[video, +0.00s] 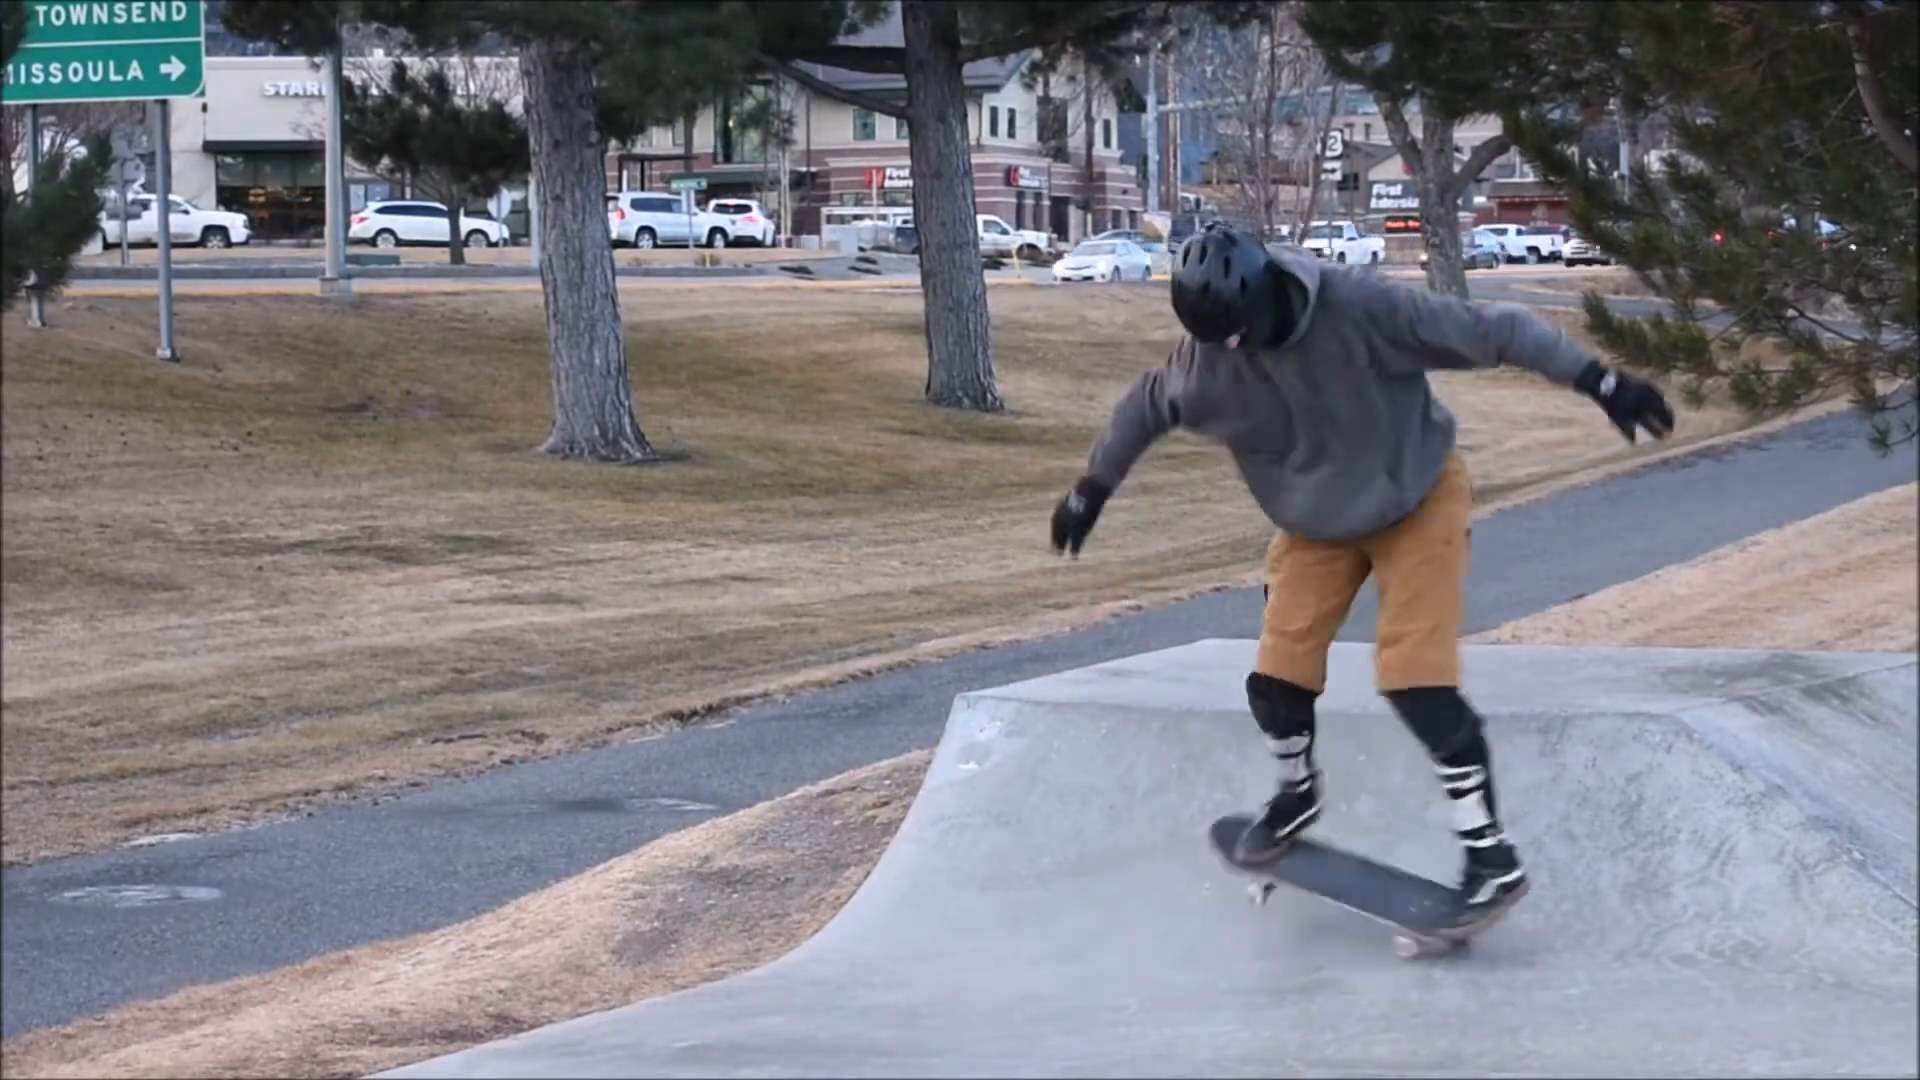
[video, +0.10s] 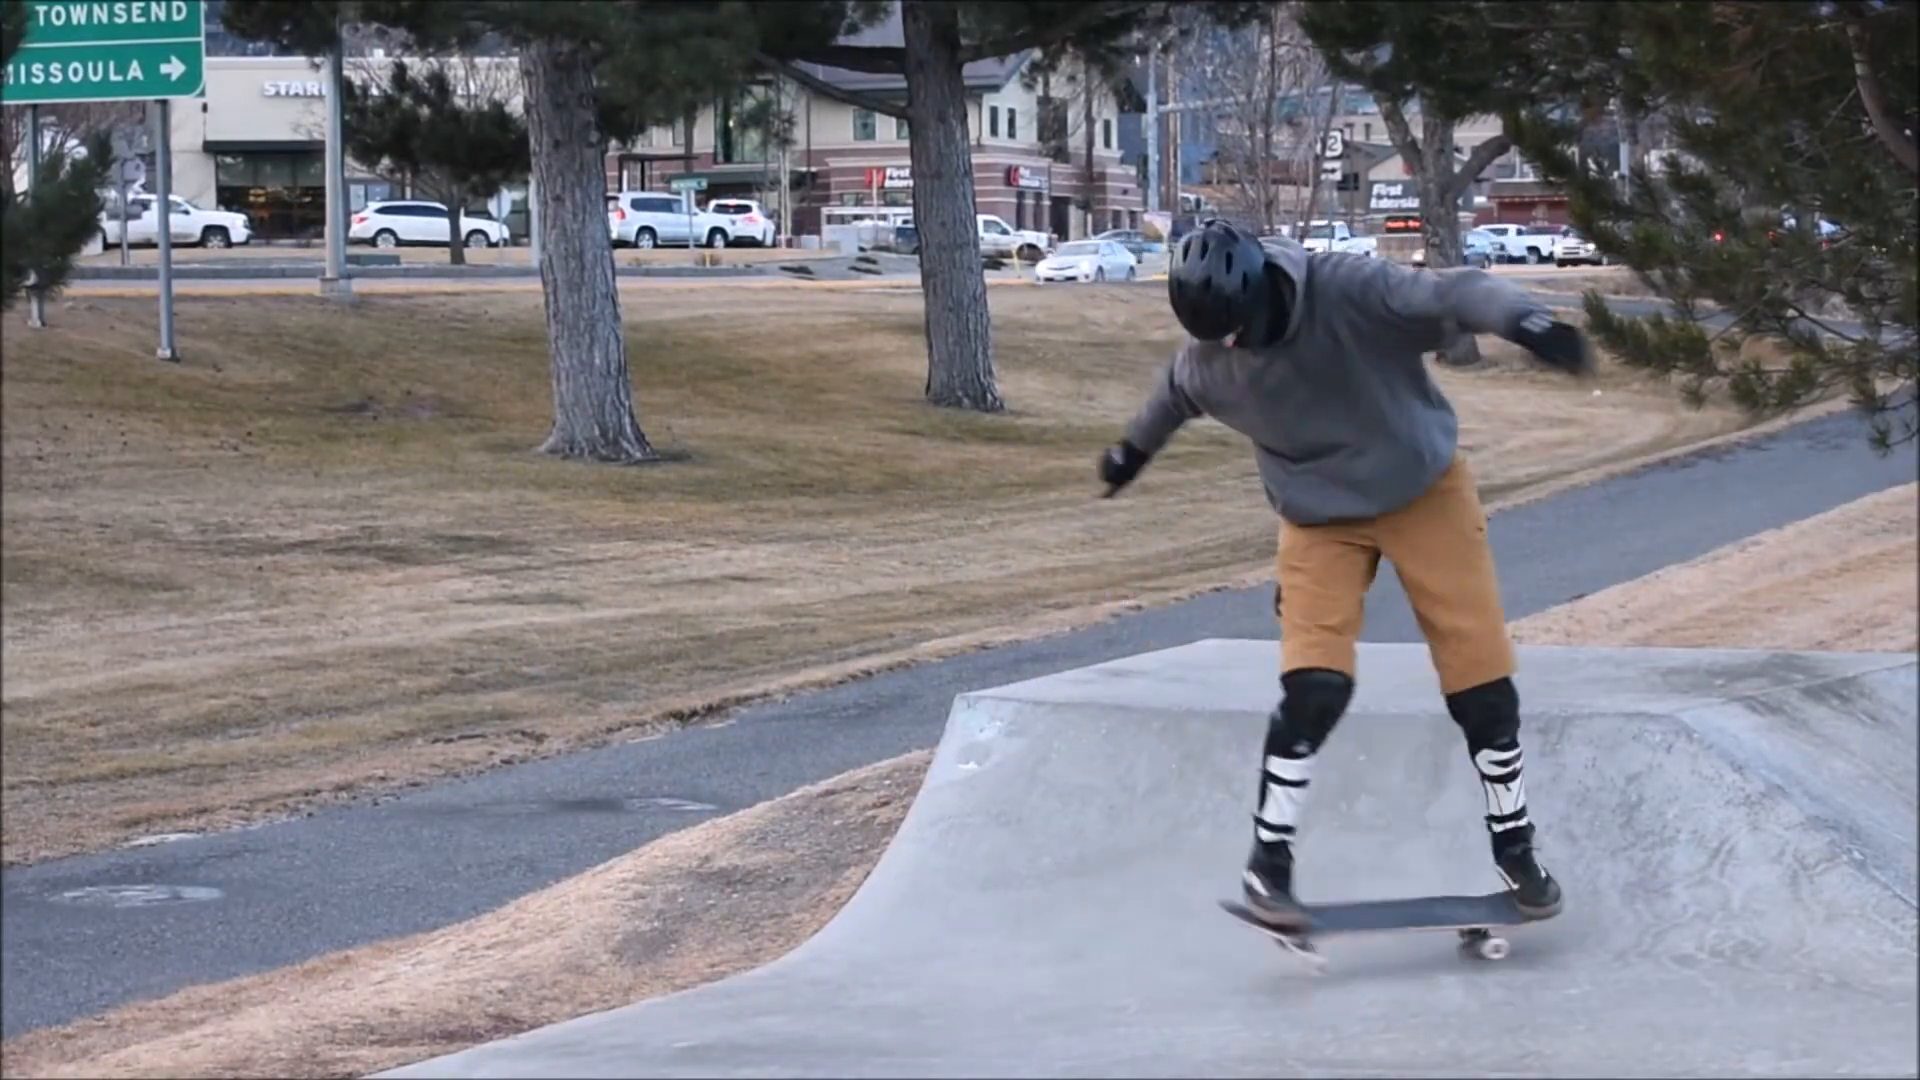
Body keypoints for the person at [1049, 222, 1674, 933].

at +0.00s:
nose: (1233, 343)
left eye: (1238, 327)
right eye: (1219, 334)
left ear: (1263, 294)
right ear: (1202, 322)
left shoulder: (1353, 304)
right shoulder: (1204, 367)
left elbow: (1488, 329)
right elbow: (1140, 412)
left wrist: (1600, 380)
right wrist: (1089, 493)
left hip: (1417, 491)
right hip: (1315, 517)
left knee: (1416, 680)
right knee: (1279, 683)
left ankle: (1489, 850)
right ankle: (1298, 794)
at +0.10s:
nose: (1237, 347)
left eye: (1241, 331)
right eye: (1220, 340)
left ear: (1264, 291)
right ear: (1196, 320)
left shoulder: (1344, 289)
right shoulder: (1204, 361)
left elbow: (1449, 291)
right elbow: (1171, 399)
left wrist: (1528, 320)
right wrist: (1131, 451)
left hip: (1426, 492)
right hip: (1317, 516)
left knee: (1486, 698)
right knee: (1314, 693)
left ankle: (1514, 846)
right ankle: (1269, 863)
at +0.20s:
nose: (1237, 368)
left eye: (1243, 352)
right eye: (1223, 360)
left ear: (1269, 311)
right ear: (1203, 341)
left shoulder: (1334, 302)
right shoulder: (1219, 384)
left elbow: (1443, 302)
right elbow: (1215, 463)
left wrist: (1427, 315)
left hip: (1425, 510)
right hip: (1324, 541)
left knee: (1505, 694)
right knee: (1367, 708)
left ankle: (1480, 859)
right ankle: (1325, 896)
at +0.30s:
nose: (1247, 392)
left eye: (1255, 377)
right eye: (1232, 383)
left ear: (1283, 337)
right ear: (1212, 363)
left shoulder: (1338, 327)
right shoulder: (1224, 419)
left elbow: (1452, 353)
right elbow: (1232, 535)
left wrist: (1373, 357)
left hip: (1412, 533)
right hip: (1312, 564)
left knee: (1499, 718)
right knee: (1357, 720)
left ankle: (1457, 869)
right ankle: (1293, 905)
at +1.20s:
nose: (1265, 501)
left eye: (1283, 492)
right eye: (1261, 486)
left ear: (1303, 469)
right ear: (1235, 450)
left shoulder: (1289, 473)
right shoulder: (1151, 461)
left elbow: (1316, 556)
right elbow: (1027, 566)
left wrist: (1361, 599)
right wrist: (1020, 688)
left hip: (1196, 617)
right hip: (1099, 606)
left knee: (1283, 751)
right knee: (1190, 750)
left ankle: (1197, 885)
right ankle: (1083, 911)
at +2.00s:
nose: (1368, 319)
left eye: (1370, 303)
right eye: (1356, 310)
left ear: (1396, 266)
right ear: (1352, 289)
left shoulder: (1488, 297)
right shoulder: (1377, 321)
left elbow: (1608, 384)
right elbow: (1303, 380)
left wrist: (1629, 494)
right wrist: (1219, 446)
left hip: (1557, 495)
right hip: (1469, 502)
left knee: (1488, 684)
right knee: (1404, 649)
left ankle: (1564, 846)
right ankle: (1478, 738)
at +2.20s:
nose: (1414, 336)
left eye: (1419, 320)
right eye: (1401, 328)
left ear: (1447, 282)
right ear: (1389, 314)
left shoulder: (1517, 278)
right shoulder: (1414, 355)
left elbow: (1590, 272)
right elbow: (1403, 415)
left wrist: (1609, 287)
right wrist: (1387, 468)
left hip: (1625, 497)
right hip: (1516, 518)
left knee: (1686, 697)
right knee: (1501, 695)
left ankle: (1723, 866)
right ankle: (1453, 867)